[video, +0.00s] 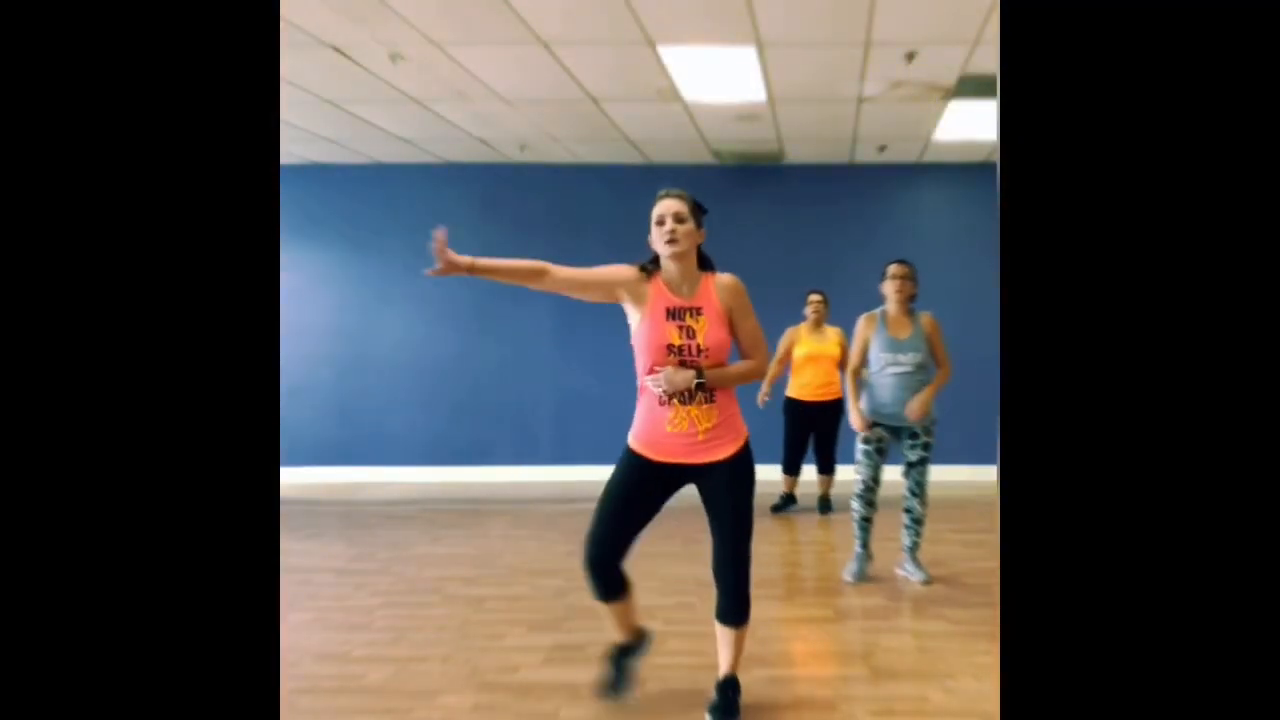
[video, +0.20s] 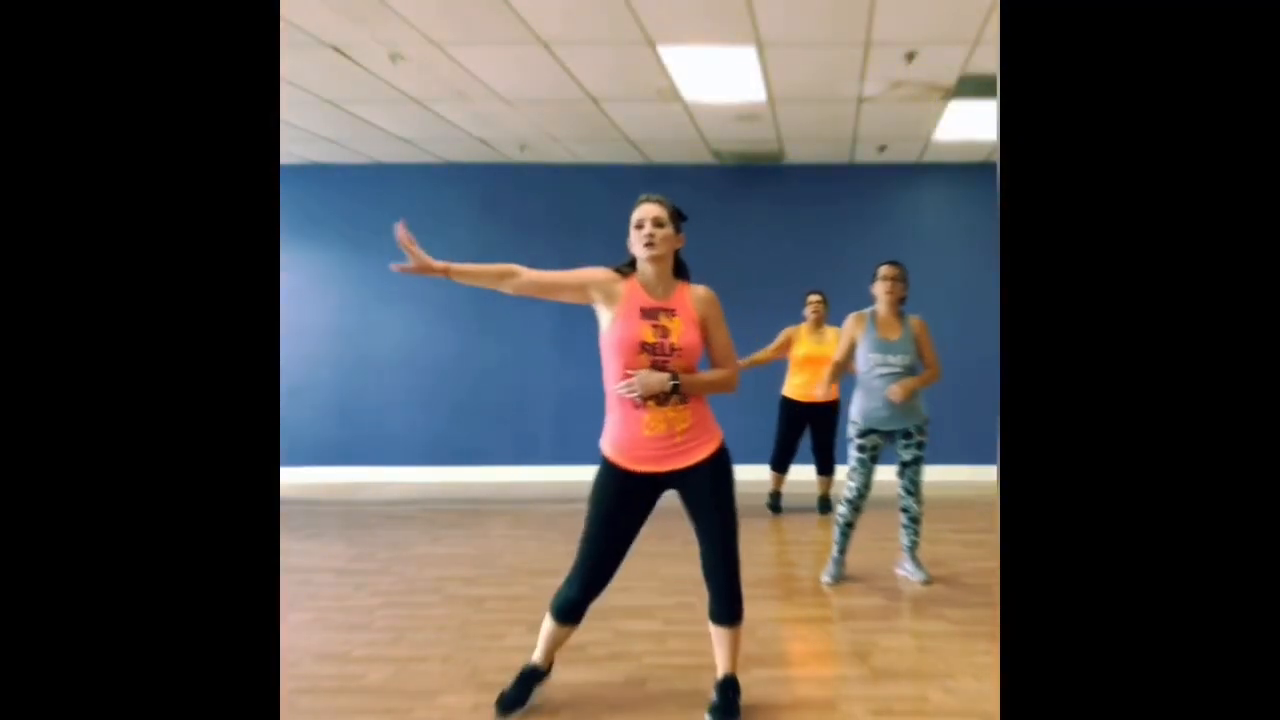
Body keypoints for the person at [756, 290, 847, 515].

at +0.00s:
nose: (815, 307)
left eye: (819, 303)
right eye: (811, 303)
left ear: (826, 309)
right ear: (805, 309)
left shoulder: (837, 334)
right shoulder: (793, 334)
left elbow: (846, 365)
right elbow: (779, 361)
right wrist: (766, 385)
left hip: (829, 398)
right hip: (798, 398)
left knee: (825, 451)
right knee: (793, 448)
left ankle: (824, 495)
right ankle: (788, 493)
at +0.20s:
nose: (815, 307)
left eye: (819, 303)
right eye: (811, 304)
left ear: (826, 309)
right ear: (804, 310)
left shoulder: (836, 335)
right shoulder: (793, 334)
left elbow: (850, 365)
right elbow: (769, 353)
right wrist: (741, 364)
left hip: (826, 400)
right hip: (794, 398)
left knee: (824, 453)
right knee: (784, 448)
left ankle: (824, 496)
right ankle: (775, 493)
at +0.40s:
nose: (806, 310)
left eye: (810, 306)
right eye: (802, 306)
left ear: (818, 312)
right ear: (796, 312)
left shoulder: (825, 337)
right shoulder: (783, 334)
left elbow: (838, 363)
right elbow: (752, 337)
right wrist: (719, 336)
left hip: (816, 402)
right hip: (785, 401)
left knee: (820, 453)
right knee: (771, 450)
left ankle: (824, 498)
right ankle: (751, 495)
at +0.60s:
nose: (790, 308)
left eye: (794, 304)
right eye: (786, 304)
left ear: (802, 311)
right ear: (780, 310)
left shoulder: (811, 338)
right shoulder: (765, 331)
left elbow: (824, 368)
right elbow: (733, 329)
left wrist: (828, 395)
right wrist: (700, 324)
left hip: (798, 401)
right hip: (766, 400)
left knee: (809, 451)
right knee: (760, 451)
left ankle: (821, 496)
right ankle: (747, 495)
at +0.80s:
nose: (775, 306)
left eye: (780, 303)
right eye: (772, 302)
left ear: (787, 309)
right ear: (766, 308)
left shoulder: (795, 335)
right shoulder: (751, 329)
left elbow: (806, 363)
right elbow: (720, 327)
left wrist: (805, 378)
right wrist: (693, 322)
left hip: (784, 399)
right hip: (753, 399)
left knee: (795, 449)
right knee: (754, 450)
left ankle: (808, 494)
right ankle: (746, 495)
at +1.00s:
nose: (769, 307)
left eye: (773, 303)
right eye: (765, 303)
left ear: (780, 309)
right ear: (759, 308)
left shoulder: (791, 334)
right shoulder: (746, 333)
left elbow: (802, 360)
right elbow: (725, 348)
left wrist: (799, 377)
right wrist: (707, 338)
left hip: (780, 398)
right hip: (750, 396)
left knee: (780, 452)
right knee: (751, 450)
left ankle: (779, 496)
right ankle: (747, 494)